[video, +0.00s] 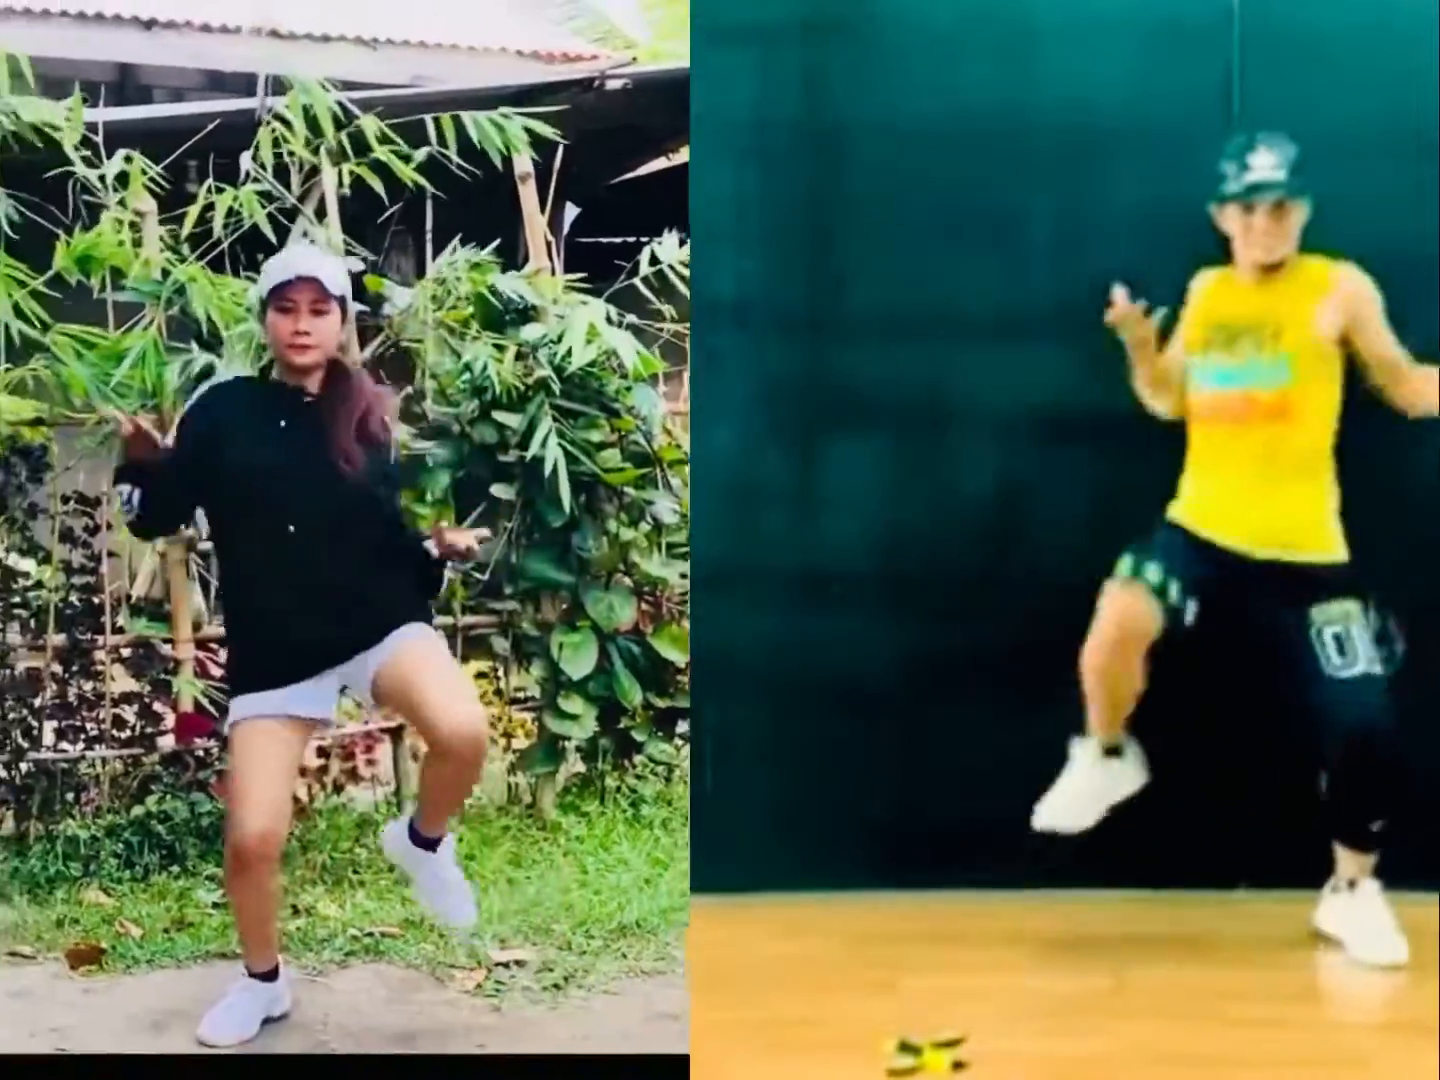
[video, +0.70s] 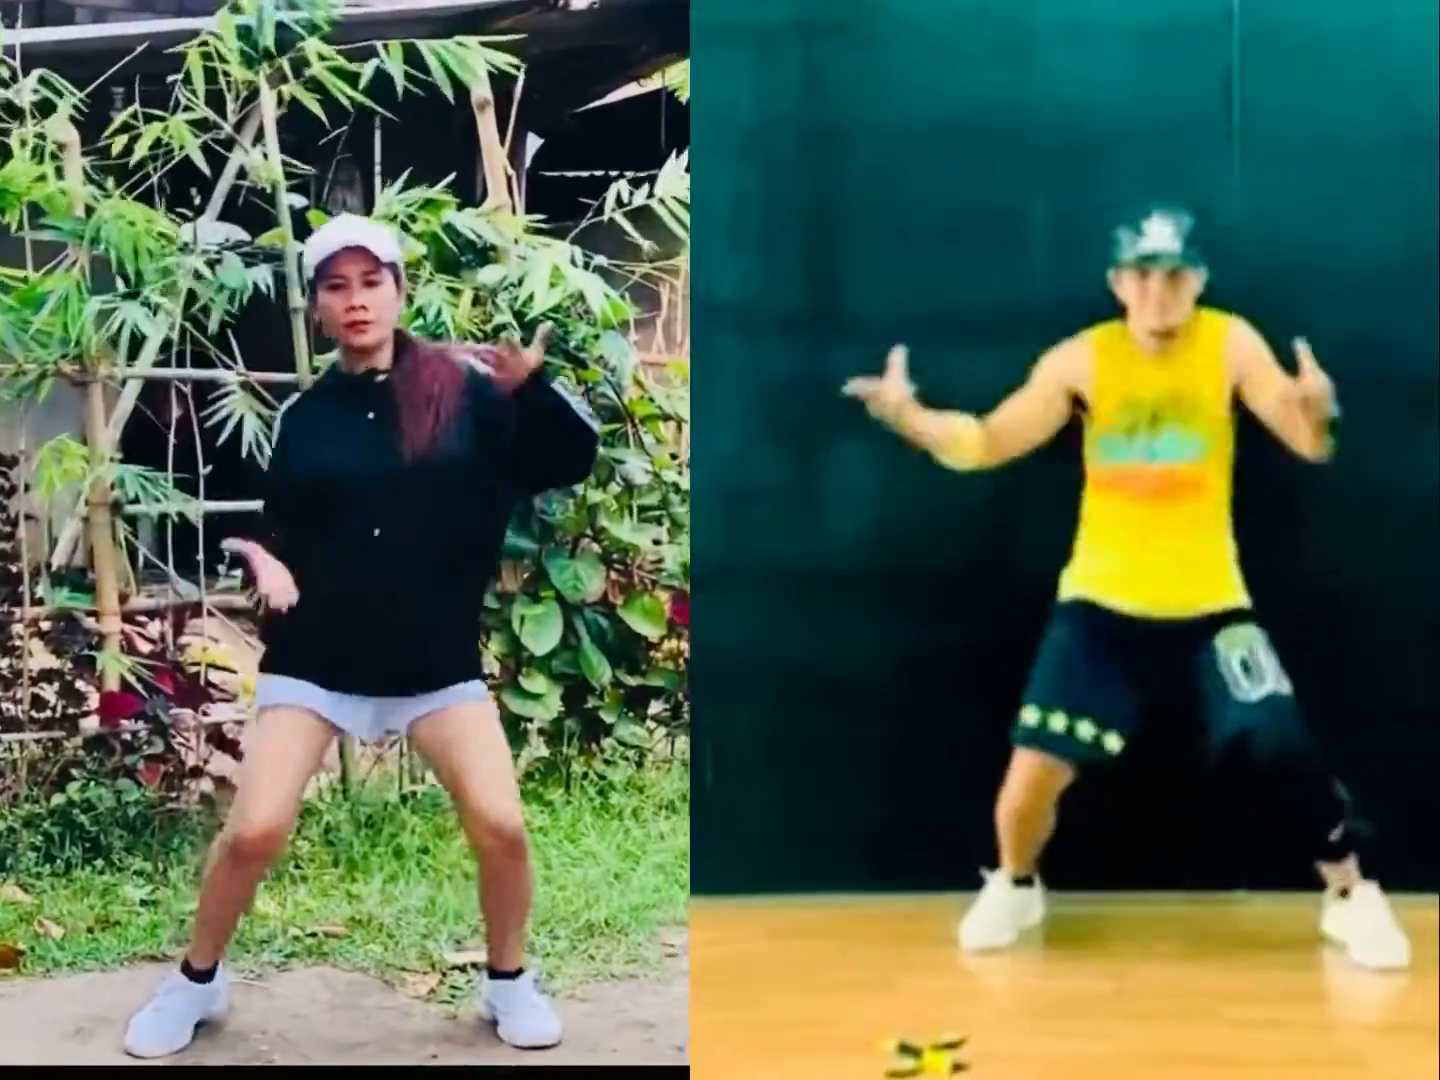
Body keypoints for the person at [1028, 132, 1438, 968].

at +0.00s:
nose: (1266, 222)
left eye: (1280, 206)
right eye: (1250, 208)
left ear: (1304, 212)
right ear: (1222, 216)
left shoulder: (1341, 288)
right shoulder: (1205, 294)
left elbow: (1405, 385)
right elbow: (1168, 398)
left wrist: (1426, 379)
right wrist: (1140, 346)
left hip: (1304, 540)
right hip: (1201, 527)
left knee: (1363, 719)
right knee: (1114, 630)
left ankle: (1351, 889)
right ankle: (1105, 755)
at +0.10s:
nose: (1278, 249)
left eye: (1293, 231)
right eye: (1261, 232)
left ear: (1315, 237)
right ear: (1233, 240)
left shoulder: (1347, 321)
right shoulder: (1195, 308)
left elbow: (1423, 394)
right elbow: (1102, 381)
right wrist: (1050, 364)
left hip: (1321, 553)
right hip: (1221, 529)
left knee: (1350, 736)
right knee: (1103, 544)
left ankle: (1353, 892)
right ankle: (1152, 708)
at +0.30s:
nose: (1272, 238)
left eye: (1285, 220)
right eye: (1255, 221)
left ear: (1309, 221)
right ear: (1228, 228)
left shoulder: (1344, 289)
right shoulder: (1198, 308)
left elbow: (1380, 382)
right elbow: (1180, 416)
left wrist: (1422, 380)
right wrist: (1107, 397)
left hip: (1317, 558)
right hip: (1208, 543)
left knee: (1365, 727)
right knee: (1070, 652)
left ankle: (1353, 892)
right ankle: (1071, 792)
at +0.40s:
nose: (1249, 239)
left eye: (1263, 222)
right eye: (1232, 223)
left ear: (1286, 228)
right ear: (1207, 231)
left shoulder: (1318, 310)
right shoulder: (1171, 309)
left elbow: (1363, 412)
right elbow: (1140, 416)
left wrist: (1438, 409)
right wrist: (1123, 384)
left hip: (1300, 564)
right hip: (1186, 561)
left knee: (1366, 716)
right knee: (1083, 718)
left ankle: (1357, 884)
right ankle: (1013, 843)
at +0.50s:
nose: (1219, 274)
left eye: (1235, 258)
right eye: (1204, 258)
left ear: (1257, 265)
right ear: (1175, 265)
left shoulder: (1285, 367)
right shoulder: (1125, 340)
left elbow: (1370, 472)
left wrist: (1437, 469)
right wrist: (1056, 412)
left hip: (1272, 598)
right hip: (1159, 597)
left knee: (1363, 722)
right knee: (1081, 753)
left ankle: (1357, 886)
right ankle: (1019, 882)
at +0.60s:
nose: (1179, 321)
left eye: (1195, 303)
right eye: (1163, 303)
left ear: (1220, 310)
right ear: (1140, 310)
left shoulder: (1252, 381)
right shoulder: (1108, 381)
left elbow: (1329, 457)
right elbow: (1002, 433)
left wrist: (1415, 494)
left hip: (1238, 619)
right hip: (1128, 616)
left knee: (1320, 740)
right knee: (1048, 779)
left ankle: (1351, 895)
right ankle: (1015, 887)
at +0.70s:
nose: (1158, 292)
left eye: (1173, 275)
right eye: (1143, 275)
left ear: (1197, 281)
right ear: (1117, 282)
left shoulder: (1230, 343)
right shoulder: (1081, 359)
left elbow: (1306, 440)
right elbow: (986, 442)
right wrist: (906, 414)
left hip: (1209, 596)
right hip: (1100, 595)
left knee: (1284, 749)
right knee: (1032, 775)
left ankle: (1351, 896)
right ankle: (1013, 889)